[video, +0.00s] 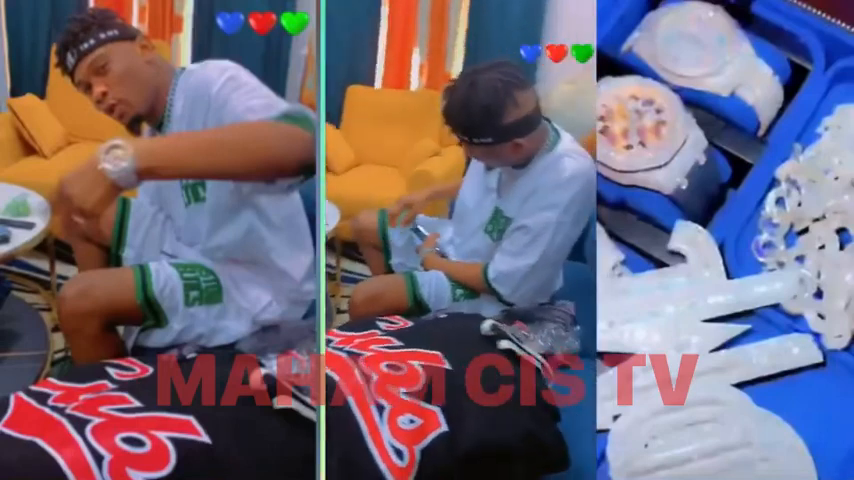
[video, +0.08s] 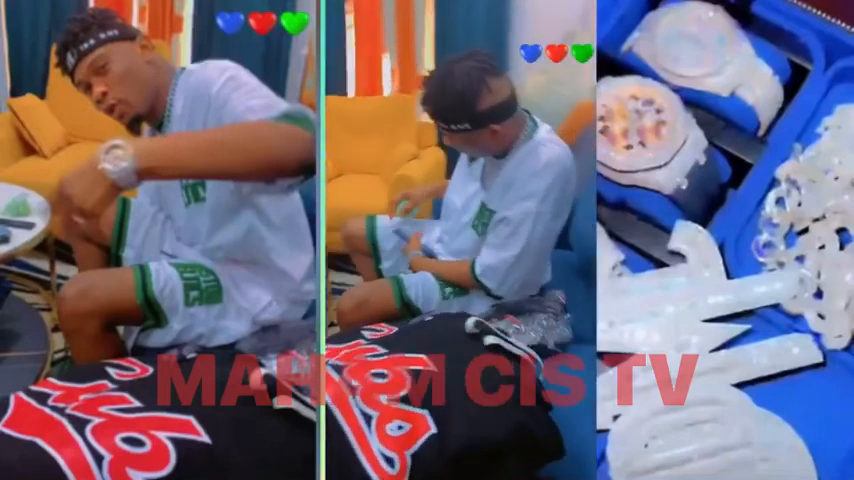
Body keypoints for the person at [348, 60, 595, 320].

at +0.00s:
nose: (464, 148)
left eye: (470, 143)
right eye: (463, 140)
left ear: (516, 148)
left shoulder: (567, 175)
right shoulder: (500, 134)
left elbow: (506, 282)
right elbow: (478, 186)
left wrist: (434, 261)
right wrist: (428, 194)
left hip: (493, 286)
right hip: (461, 239)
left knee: (366, 297)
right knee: (367, 226)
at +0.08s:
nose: (446, 141)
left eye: (449, 135)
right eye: (444, 133)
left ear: (492, 134)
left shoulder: (546, 165)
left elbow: (495, 276)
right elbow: (473, 188)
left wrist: (421, 263)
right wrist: (428, 192)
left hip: (486, 282)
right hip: (454, 235)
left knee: (352, 306)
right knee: (356, 234)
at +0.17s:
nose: (430, 134)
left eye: (434, 126)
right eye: (427, 125)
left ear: (475, 125)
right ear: (477, 122)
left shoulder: (530, 155)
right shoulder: (478, 136)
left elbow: (488, 272)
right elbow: (467, 186)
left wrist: (413, 266)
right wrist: (420, 194)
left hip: (477, 281)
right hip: (444, 236)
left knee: (343, 315)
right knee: (347, 241)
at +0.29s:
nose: (403, 120)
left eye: (405, 110)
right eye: (399, 110)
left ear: (446, 101)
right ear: (449, 100)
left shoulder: (501, 139)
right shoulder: (458, 122)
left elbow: (472, 257)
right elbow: (450, 184)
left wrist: (396, 265)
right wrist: (399, 196)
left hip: (462, 275)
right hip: (428, 235)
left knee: (333, 321)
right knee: (332, 244)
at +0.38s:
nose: (393, 119)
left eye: (397, 109)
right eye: (390, 109)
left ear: (435, 94)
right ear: (435, 94)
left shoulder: (489, 136)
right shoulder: (439, 119)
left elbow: (459, 258)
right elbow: (433, 186)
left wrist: (390, 268)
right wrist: (381, 204)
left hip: (462, 276)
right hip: (422, 237)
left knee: (333, 327)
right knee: (330, 252)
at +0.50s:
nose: (385, 124)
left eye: (391, 111)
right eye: (382, 112)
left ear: (429, 94)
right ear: (428, 94)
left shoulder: (481, 140)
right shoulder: (426, 129)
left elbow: (464, 260)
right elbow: (417, 190)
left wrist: (394, 276)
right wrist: (374, 216)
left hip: (462, 277)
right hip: (420, 247)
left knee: (329, 339)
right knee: (329, 263)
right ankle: (374, 347)